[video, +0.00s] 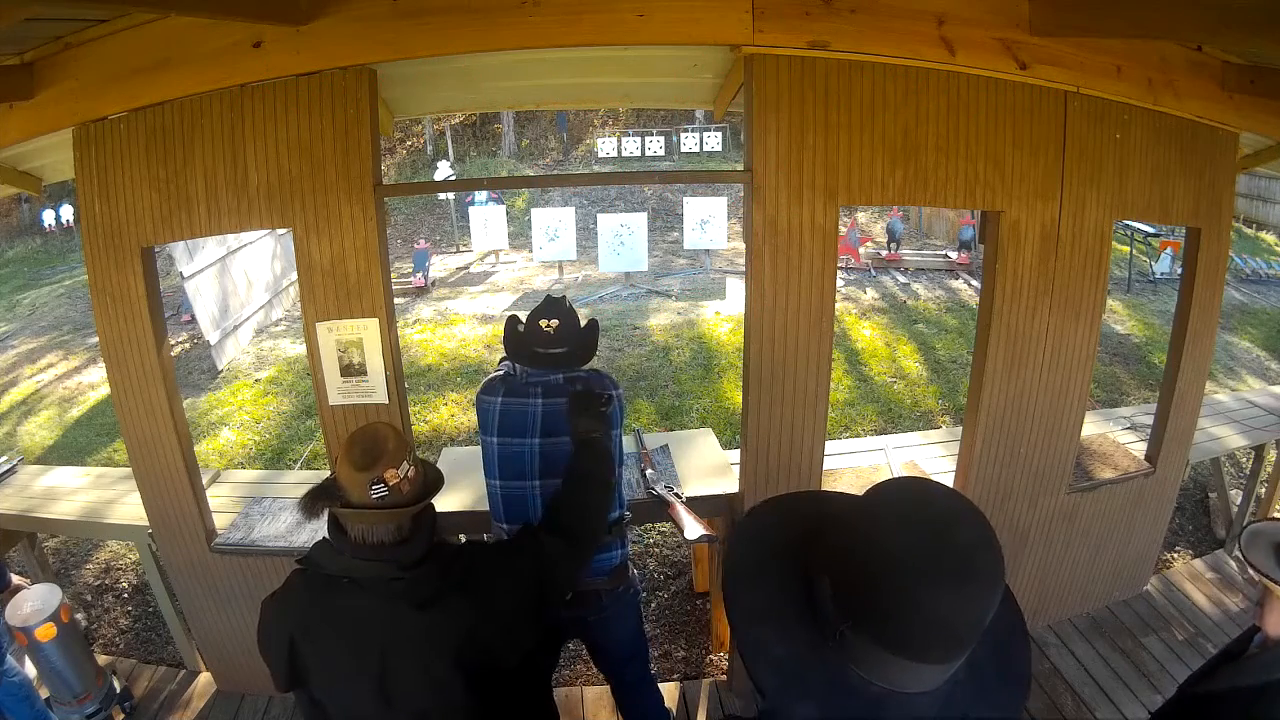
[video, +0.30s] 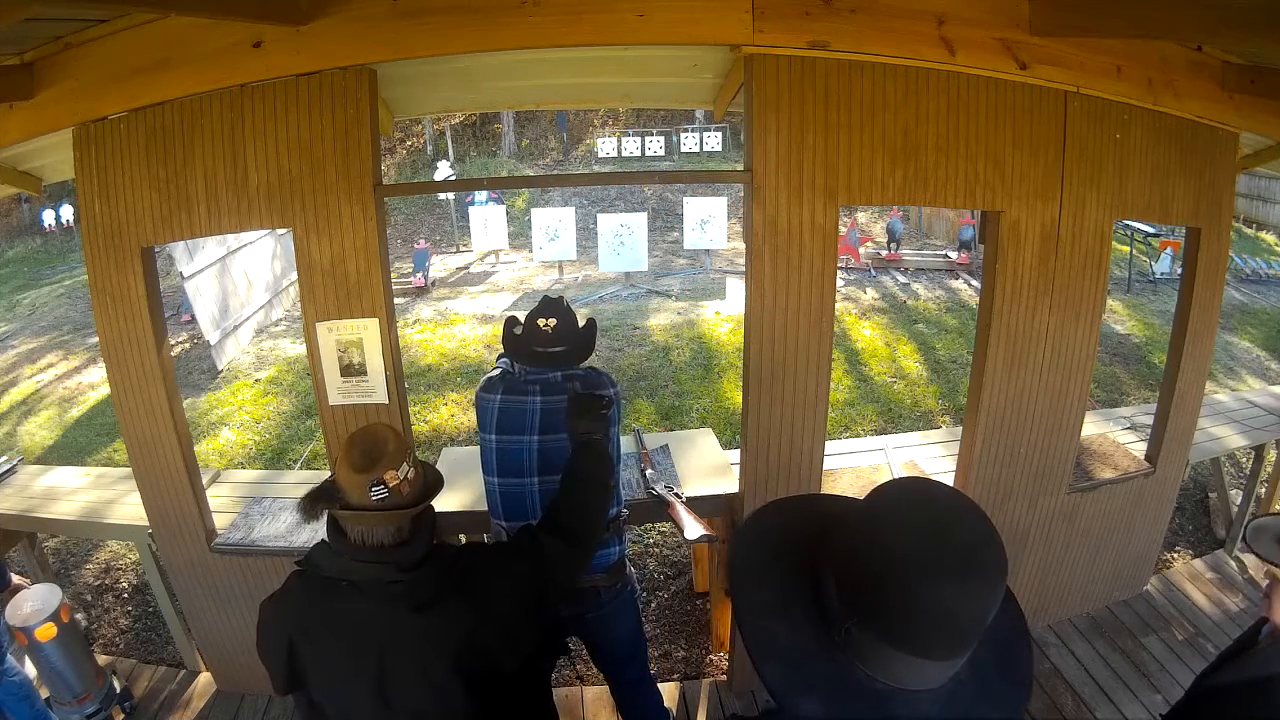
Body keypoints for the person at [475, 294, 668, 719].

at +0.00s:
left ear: (521, 344)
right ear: (581, 345)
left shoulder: (490, 395)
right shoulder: (604, 391)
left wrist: (525, 349)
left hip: (521, 583)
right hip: (601, 581)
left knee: (530, 693)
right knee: (636, 689)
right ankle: (656, 716)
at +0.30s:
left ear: (516, 342)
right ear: (578, 344)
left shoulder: (489, 394)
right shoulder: (600, 389)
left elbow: (510, 370)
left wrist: (521, 347)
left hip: (519, 582)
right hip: (598, 577)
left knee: (530, 691)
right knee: (635, 687)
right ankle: (654, 716)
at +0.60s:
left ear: (513, 341)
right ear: (577, 342)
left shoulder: (488, 394)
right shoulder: (599, 388)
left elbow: (508, 369)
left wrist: (522, 346)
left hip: (520, 582)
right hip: (598, 578)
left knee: (530, 692)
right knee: (635, 690)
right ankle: (653, 715)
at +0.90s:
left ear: (512, 340)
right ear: (576, 341)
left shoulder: (488, 394)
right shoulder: (600, 388)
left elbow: (506, 363)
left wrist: (522, 341)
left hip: (519, 582)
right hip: (597, 578)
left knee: (529, 693)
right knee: (635, 688)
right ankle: (653, 715)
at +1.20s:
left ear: (513, 343)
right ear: (576, 344)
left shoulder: (488, 393)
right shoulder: (598, 387)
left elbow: (504, 360)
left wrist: (521, 340)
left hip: (516, 582)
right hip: (595, 577)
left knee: (529, 692)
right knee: (634, 687)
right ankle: (652, 715)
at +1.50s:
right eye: (582, 340)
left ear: (524, 343)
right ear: (578, 347)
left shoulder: (489, 391)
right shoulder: (598, 388)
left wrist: (535, 348)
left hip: (515, 582)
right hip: (594, 578)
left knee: (527, 690)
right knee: (633, 686)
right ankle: (653, 716)